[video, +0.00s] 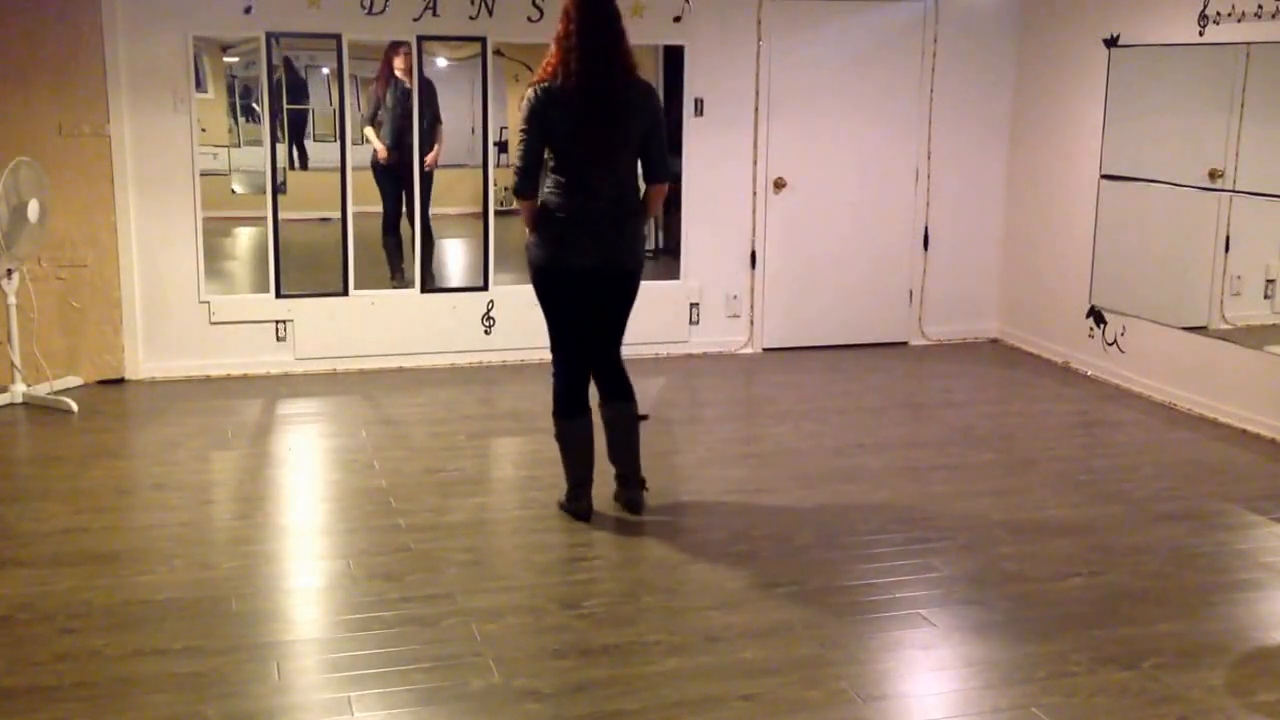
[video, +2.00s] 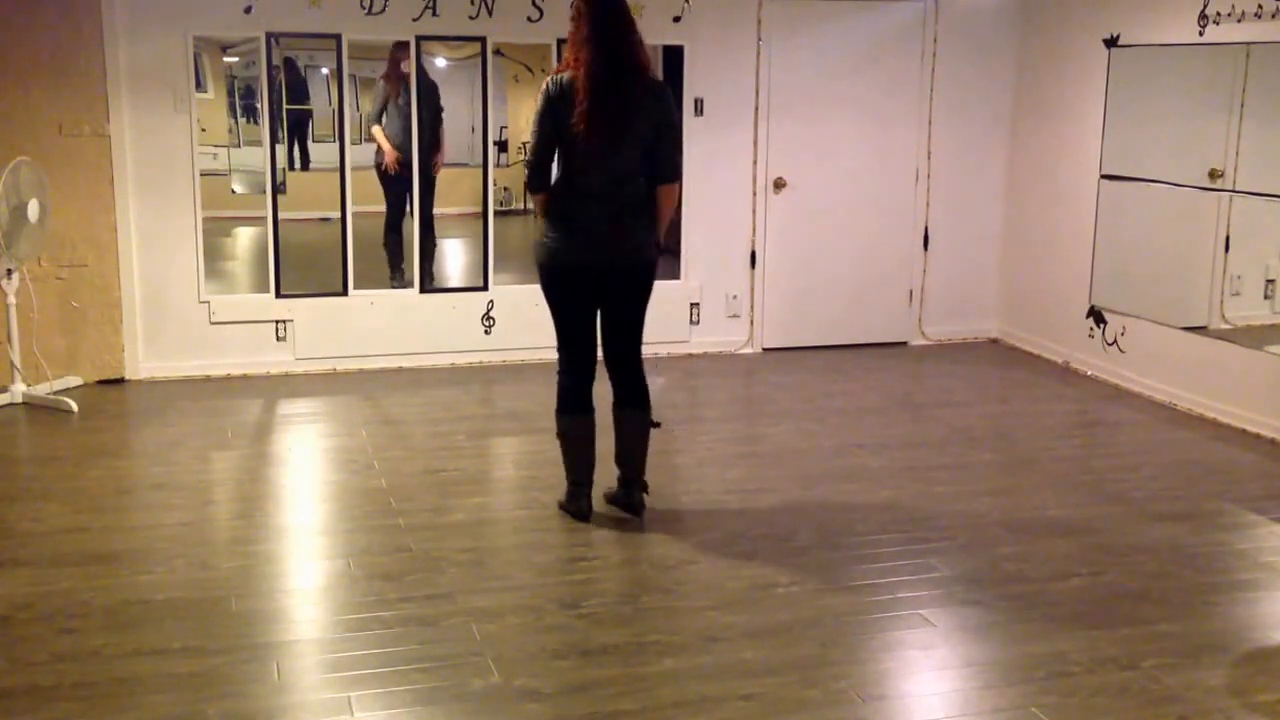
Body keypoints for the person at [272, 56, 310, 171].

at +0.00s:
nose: (283, 69)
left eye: (283, 67)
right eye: (284, 67)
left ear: (283, 67)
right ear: (293, 66)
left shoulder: (279, 81)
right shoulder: (301, 80)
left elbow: (277, 99)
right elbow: (306, 97)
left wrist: (277, 113)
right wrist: (305, 111)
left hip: (286, 113)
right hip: (301, 113)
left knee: (288, 143)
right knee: (300, 141)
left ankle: (291, 167)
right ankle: (304, 166)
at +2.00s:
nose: (281, 70)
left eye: (282, 68)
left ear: (283, 67)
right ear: (295, 65)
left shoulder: (282, 81)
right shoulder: (302, 79)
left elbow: (278, 100)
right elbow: (307, 97)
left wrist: (279, 115)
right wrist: (309, 111)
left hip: (289, 114)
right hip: (303, 113)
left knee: (289, 145)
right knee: (303, 143)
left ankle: (290, 169)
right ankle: (305, 168)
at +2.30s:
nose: (281, 70)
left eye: (282, 68)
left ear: (283, 67)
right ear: (294, 65)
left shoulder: (282, 80)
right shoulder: (302, 79)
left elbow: (278, 99)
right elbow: (307, 97)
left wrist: (278, 113)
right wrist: (306, 109)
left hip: (287, 114)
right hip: (302, 113)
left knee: (288, 143)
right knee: (300, 141)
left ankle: (289, 167)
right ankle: (304, 165)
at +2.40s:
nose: (282, 70)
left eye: (282, 68)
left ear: (283, 67)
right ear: (293, 65)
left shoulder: (282, 80)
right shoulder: (301, 78)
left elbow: (278, 98)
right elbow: (307, 96)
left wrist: (278, 112)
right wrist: (305, 108)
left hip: (287, 114)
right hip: (301, 113)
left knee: (288, 143)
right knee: (299, 142)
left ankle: (289, 168)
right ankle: (303, 165)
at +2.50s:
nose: (282, 71)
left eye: (282, 68)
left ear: (283, 67)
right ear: (293, 65)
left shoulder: (282, 80)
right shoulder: (301, 78)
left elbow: (278, 97)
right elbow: (307, 96)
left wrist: (279, 110)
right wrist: (304, 106)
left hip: (287, 113)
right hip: (300, 112)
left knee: (288, 142)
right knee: (299, 141)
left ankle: (289, 167)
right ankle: (303, 164)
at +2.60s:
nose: (282, 71)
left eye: (282, 68)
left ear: (283, 67)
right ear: (293, 65)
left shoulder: (282, 80)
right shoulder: (301, 78)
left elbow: (278, 96)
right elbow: (307, 96)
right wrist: (304, 105)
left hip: (287, 112)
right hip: (300, 112)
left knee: (288, 142)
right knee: (298, 142)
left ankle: (290, 167)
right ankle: (303, 165)